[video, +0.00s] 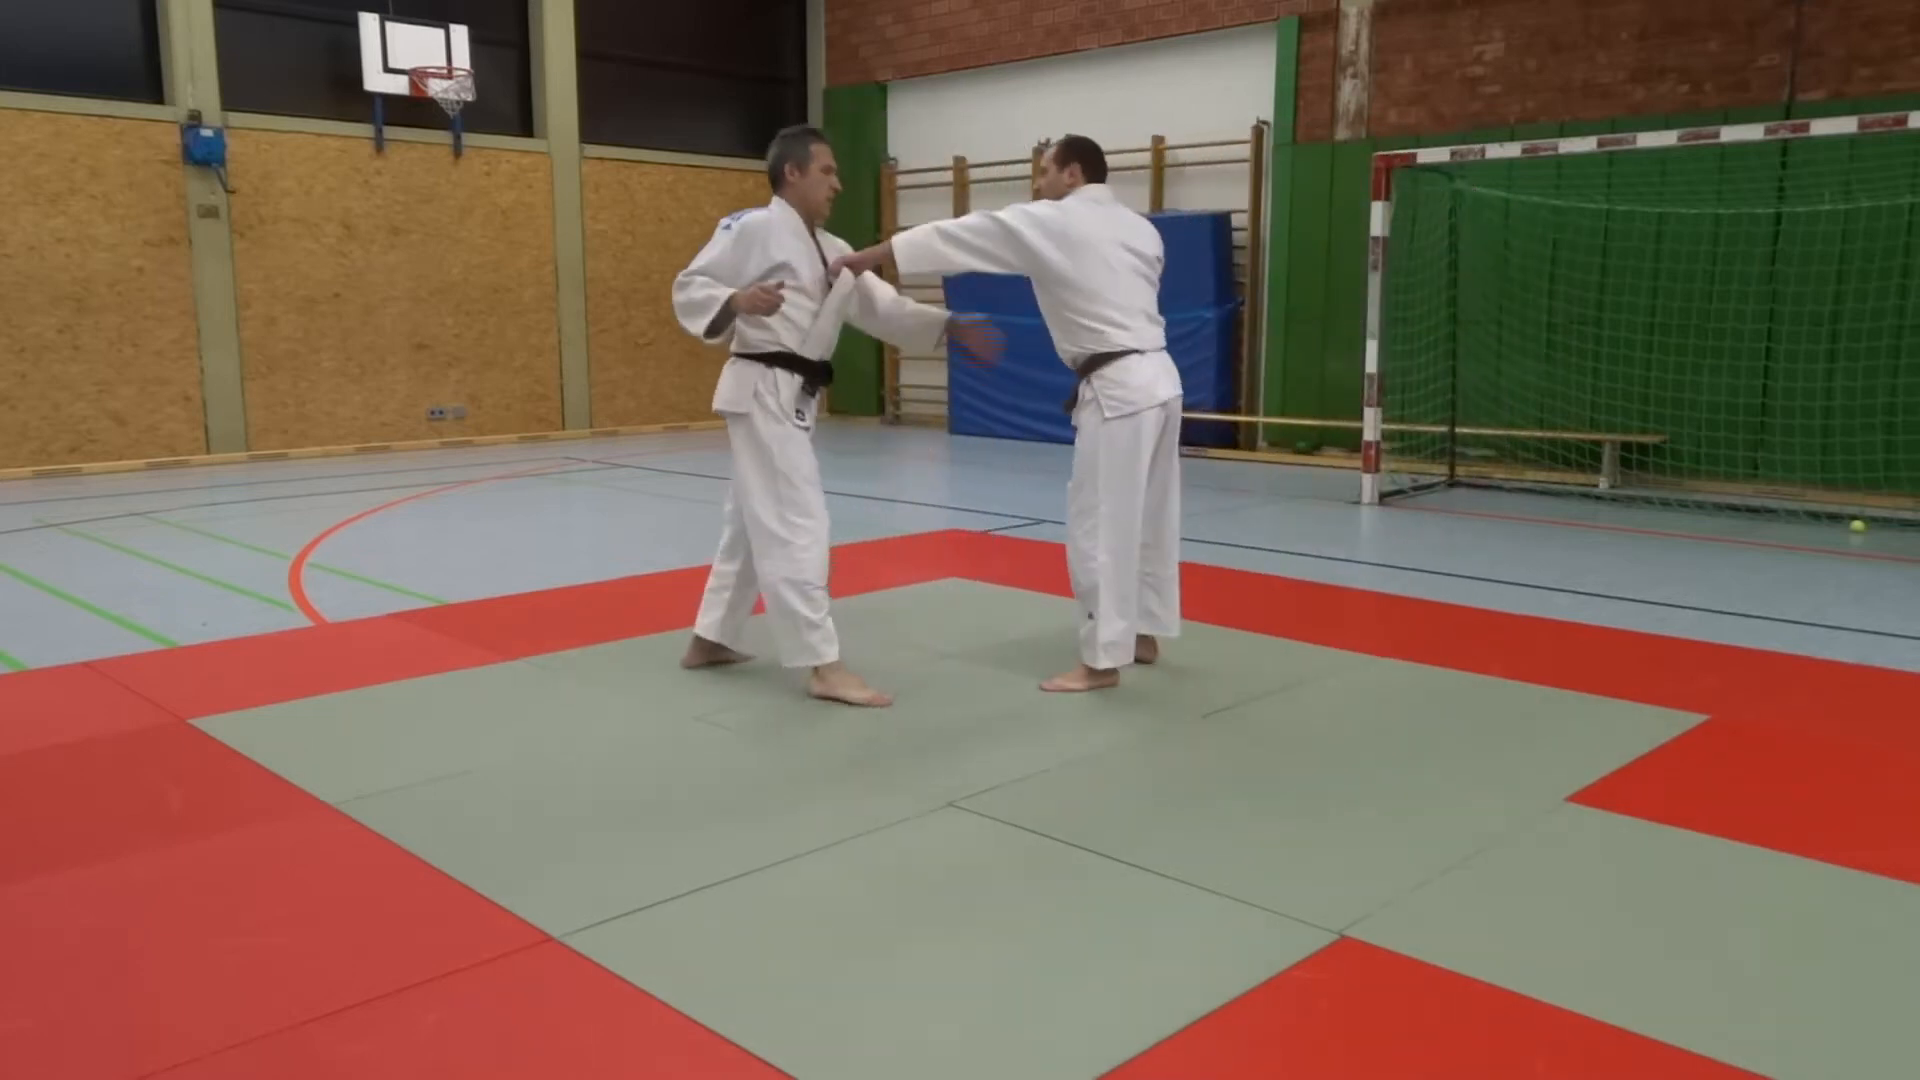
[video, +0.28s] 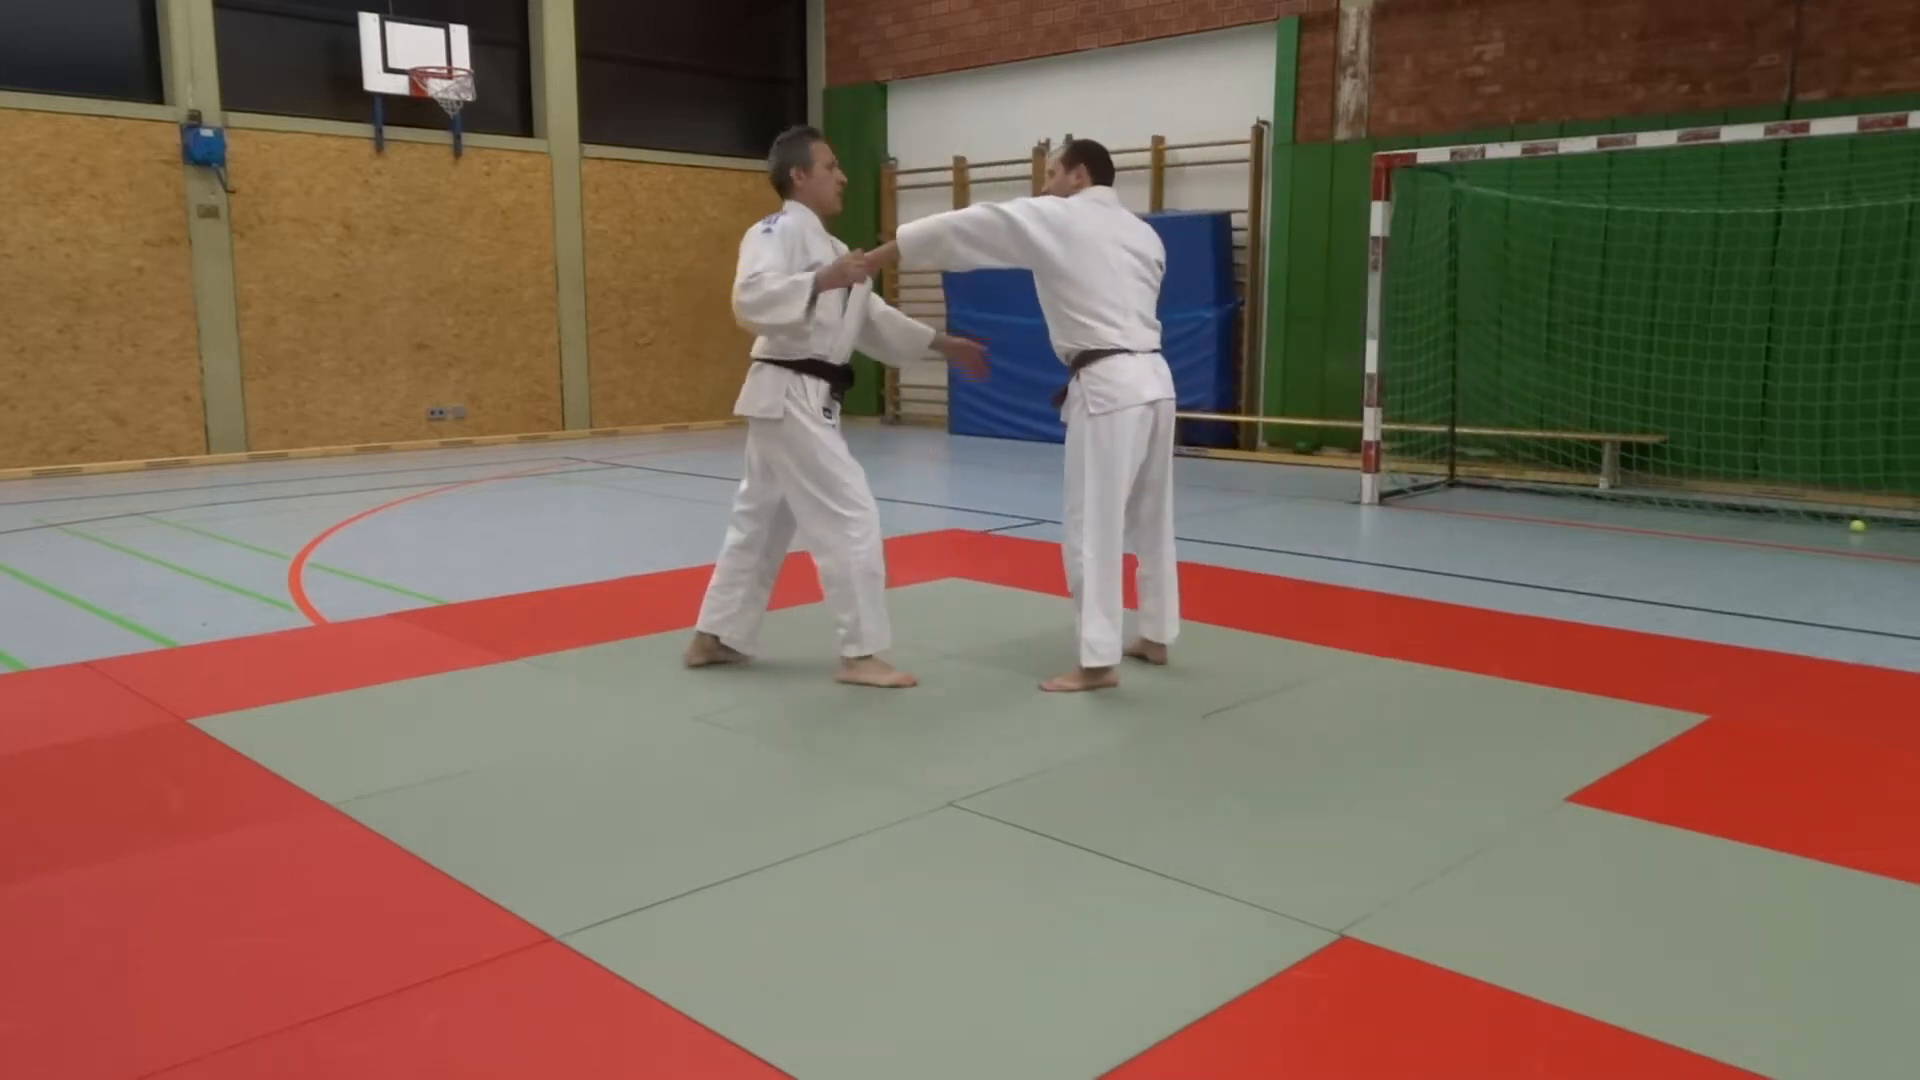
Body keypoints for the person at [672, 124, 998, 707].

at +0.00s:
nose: (835, 185)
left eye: (837, 175)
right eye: (826, 173)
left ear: (803, 179)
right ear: (789, 175)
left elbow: (884, 306)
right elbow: (688, 290)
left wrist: (951, 327)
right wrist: (734, 299)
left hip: (795, 393)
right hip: (759, 388)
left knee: (755, 516)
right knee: (800, 521)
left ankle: (710, 639)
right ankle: (825, 666)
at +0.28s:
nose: (843, 178)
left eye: (840, 167)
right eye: (831, 167)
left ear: (809, 177)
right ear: (797, 177)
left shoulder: (833, 250)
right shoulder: (777, 231)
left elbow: (874, 319)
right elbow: (751, 299)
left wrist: (942, 344)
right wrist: (823, 279)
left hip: (803, 394)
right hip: (787, 393)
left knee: (762, 518)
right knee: (852, 514)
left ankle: (713, 637)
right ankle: (861, 655)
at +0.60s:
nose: (883, 173)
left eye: (881, 162)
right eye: (876, 162)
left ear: (845, 166)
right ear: (848, 164)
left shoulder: (843, 218)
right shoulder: (831, 218)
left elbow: (896, 296)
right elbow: (905, 252)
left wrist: (960, 279)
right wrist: (961, 223)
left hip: (841, 376)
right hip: (837, 380)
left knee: (852, 505)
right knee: (867, 519)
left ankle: (827, 608)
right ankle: (856, 661)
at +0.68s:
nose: (886, 173)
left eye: (884, 163)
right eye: (879, 163)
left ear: (849, 167)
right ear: (851, 166)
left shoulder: (850, 220)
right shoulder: (832, 219)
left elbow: (903, 284)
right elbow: (907, 250)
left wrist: (966, 272)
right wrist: (961, 221)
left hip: (854, 377)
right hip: (838, 380)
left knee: (861, 508)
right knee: (862, 514)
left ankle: (867, 615)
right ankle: (854, 658)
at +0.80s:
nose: (887, 178)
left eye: (886, 167)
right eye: (880, 167)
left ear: (848, 172)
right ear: (848, 170)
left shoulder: (856, 226)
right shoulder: (831, 224)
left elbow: (915, 281)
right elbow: (902, 245)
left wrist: (983, 269)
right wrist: (961, 217)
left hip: (860, 382)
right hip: (840, 382)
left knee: (867, 508)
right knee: (860, 517)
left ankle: (873, 616)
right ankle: (855, 659)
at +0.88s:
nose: (889, 180)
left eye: (888, 170)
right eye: (880, 169)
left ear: (855, 174)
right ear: (848, 173)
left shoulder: (865, 231)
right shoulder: (827, 226)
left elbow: (918, 288)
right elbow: (897, 241)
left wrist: (990, 278)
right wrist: (957, 218)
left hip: (869, 386)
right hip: (840, 385)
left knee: (873, 514)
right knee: (856, 519)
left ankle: (856, 620)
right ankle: (853, 657)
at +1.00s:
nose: (890, 180)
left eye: (888, 171)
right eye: (880, 171)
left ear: (856, 177)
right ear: (847, 175)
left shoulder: (863, 232)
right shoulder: (831, 226)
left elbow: (909, 300)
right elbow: (898, 240)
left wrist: (986, 306)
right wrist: (956, 223)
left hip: (866, 382)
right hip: (842, 382)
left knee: (866, 514)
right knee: (861, 517)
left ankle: (857, 622)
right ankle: (856, 654)